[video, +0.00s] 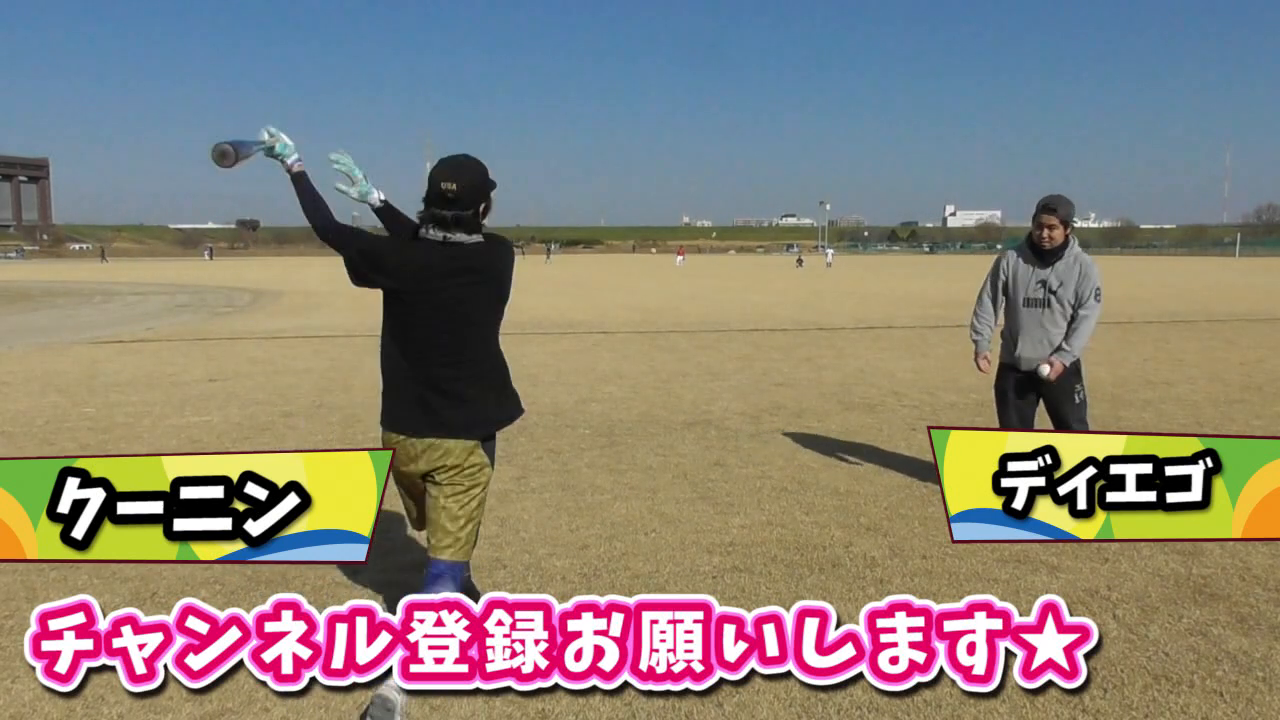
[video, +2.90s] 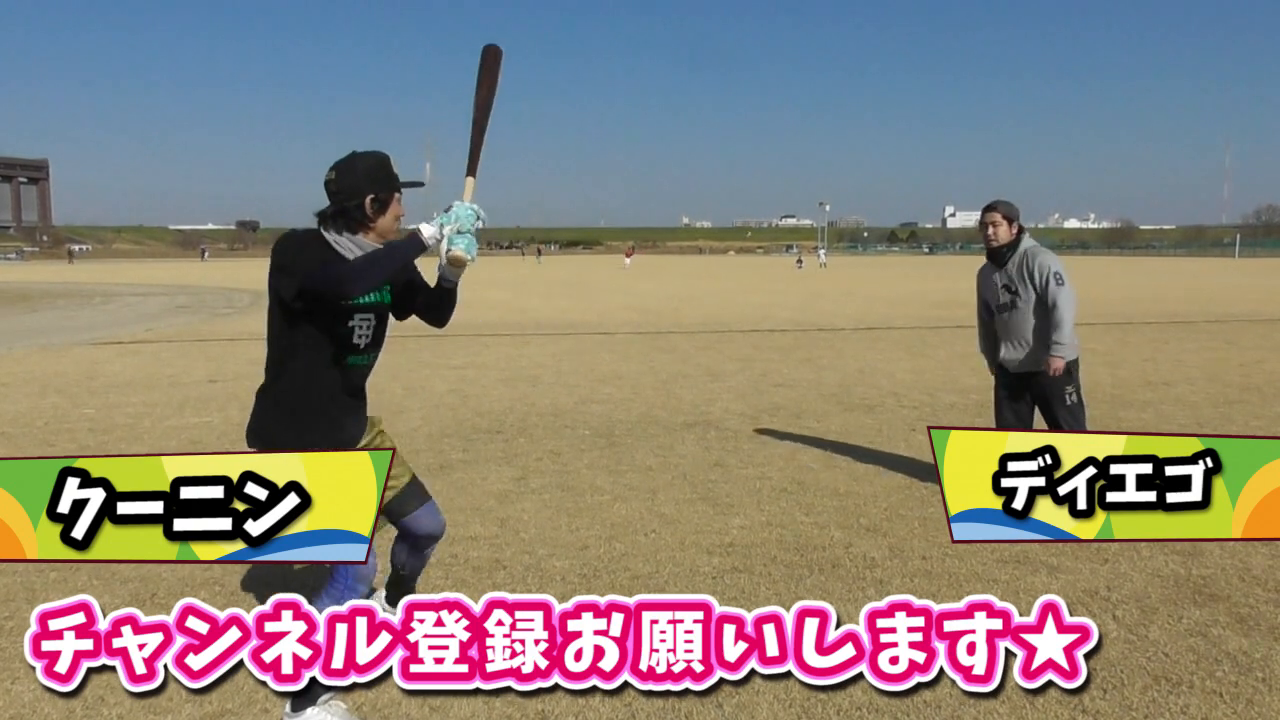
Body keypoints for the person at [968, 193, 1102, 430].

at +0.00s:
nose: (1044, 234)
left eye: (1051, 228)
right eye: (1039, 226)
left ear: (1067, 229)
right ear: (1032, 224)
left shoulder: (1083, 267)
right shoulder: (1009, 261)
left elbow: (1086, 318)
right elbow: (987, 303)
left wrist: (1063, 357)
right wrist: (982, 344)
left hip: (1061, 368)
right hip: (1015, 369)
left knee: (1076, 442)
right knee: (1013, 442)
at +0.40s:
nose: (1065, 274)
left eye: (1072, 270)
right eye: (1060, 268)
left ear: (1081, 263)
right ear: (1050, 256)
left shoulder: (1089, 282)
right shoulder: (1018, 272)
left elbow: (1091, 331)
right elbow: (999, 316)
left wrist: (1078, 375)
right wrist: (1006, 360)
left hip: (1060, 372)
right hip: (1015, 369)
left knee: (1077, 441)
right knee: (1012, 442)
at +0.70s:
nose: (1060, 321)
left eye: (1066, 316)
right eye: (1055, 314)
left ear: (1077, 311)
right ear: (1044, 302)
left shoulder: (1087, 317)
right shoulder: (1015, 301)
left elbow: (1089, 366)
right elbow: (993, 344)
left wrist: (1069, 409)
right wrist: (994, 387)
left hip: (1058, 377)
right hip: (1015, 376)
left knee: (1077, 435)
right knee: (1010, 437)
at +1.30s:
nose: (1036, 282)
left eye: (1045, 277)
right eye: (1033, 274)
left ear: (1062, 278)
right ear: (1028, 268)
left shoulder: (1073, 304)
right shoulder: (1008, 288)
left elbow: (1082, 358)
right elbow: (990, 331)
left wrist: (1075, 412)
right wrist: (993, 374)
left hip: (1057, 376)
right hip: (1014, 374)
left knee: (1075, 437)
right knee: (1011, 440)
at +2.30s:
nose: (1019, 264)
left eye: (1026, 258)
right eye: (1014, 257)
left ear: (1044, 258)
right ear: (1009, 256)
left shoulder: (1066, 292)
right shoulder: (1000, 284)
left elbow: (1083, 342)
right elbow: (983, 318)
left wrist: (1073, 386)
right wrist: (974, 348)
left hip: (1057, 373)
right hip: (1014, 372)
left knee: (1076, 442)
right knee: (1010, 441)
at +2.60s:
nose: (1002, 232)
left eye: (1009, 225)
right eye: (997, 226)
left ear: (1027, 229)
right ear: (993, 229)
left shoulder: (1054, 261)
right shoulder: (990, 272)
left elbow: (1078, 301)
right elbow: (974, 304)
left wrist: (1062, 340)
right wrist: (958, 329)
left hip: (1058, 364)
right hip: (1014, 369)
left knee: (1073, 440)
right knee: (1012, 440)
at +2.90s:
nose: (989, 232)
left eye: (996, 225)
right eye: (985, 226)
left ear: (1014, 228)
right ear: (981, 230)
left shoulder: (1041, 260)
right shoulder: (986, 274)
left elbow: (1063, 304)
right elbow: (986, 323)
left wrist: (1059, 352)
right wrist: (992, 360)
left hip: (1051, 365)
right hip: (1009, 369)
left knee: (1072, 440)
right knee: (1010, 442)